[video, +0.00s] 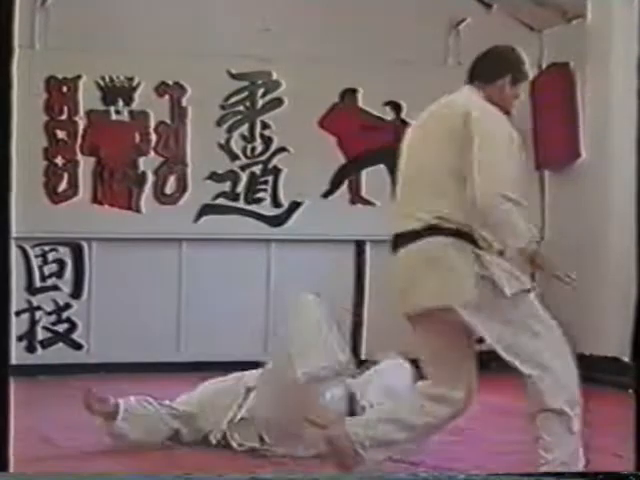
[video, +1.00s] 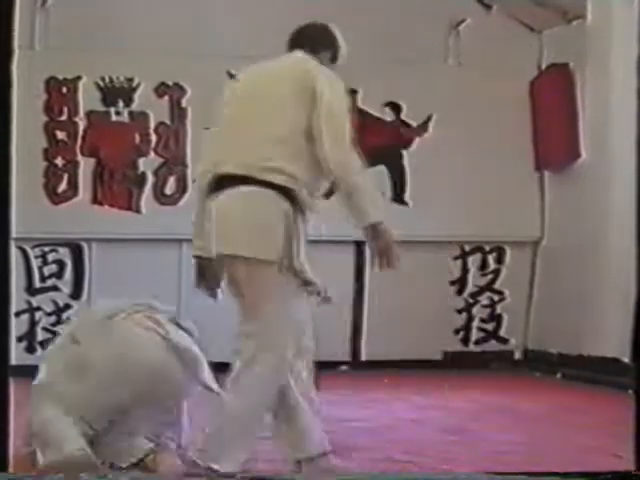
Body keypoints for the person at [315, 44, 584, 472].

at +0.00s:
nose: (517, 104)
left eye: (520, 94)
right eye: (518, 92)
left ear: (474, 80)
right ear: (504, 83)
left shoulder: (428, 118)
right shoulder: (486, 116)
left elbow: (427, 204)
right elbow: (492, 197)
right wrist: (526, 249)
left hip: (411, 263)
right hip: (457, 259)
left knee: (450, 391)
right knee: (550, 358)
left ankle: (351, 438)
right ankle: (561, 463)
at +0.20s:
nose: (523, 97)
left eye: (524, 89)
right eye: (523, 87)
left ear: (475, 77)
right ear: (508, 79)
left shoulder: (427, 113)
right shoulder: (499, 108)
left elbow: (426, 188)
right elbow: (517, 192)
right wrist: (552, 253)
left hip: (406, 248)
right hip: (459, 245)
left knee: (450, 372)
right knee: (540, 351)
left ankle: (372, 433)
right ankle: (561, 461)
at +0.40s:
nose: (468, 92)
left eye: (468, 86)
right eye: (469, 86)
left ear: (424, 73)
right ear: (459, 80)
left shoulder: (375, 109)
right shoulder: (455, 100)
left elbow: (359, 180)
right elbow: (459, 164)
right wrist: (466, 233)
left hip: (368, 239)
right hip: (420, 236)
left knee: (386, 364)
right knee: (487, 353)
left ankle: (353, 455)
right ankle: (545, 460)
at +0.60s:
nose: (421, 94)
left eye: (420, 88)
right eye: (421, 87)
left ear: (377, 73)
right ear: (414, 81)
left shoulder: (331, 105)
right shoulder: (412, 96)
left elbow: (306, 194)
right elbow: (416, 170)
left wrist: (300, 275)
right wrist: (425, 247)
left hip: (317, 232)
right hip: (371, 228)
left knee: (359, 355)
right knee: (436, 337)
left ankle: (348, 456)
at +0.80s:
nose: (379, 77)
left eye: (377, 71)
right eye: (377, 70)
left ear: (332, 59)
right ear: (367, 63)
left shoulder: (288, 95)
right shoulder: (366, 80)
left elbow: (259, 181)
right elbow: (387, 154)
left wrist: (242, 257)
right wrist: (423, 227)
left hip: (281, 220)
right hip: (326, 216)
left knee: (330, 350)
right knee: (336, 353)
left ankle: (344, 455)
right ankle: (249, 437)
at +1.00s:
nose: (334, 71)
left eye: (335, 66)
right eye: (335, 65)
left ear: (293, 47)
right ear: (326, 55)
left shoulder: (244, 81)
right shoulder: (321, 78)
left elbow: (209, 165)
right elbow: (338, 156)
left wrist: (204, 248)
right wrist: (374, 224)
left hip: (222, 209)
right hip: (265, 210)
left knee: (288, 337)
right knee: (268, 344)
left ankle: (307, 451)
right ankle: (218, 459)